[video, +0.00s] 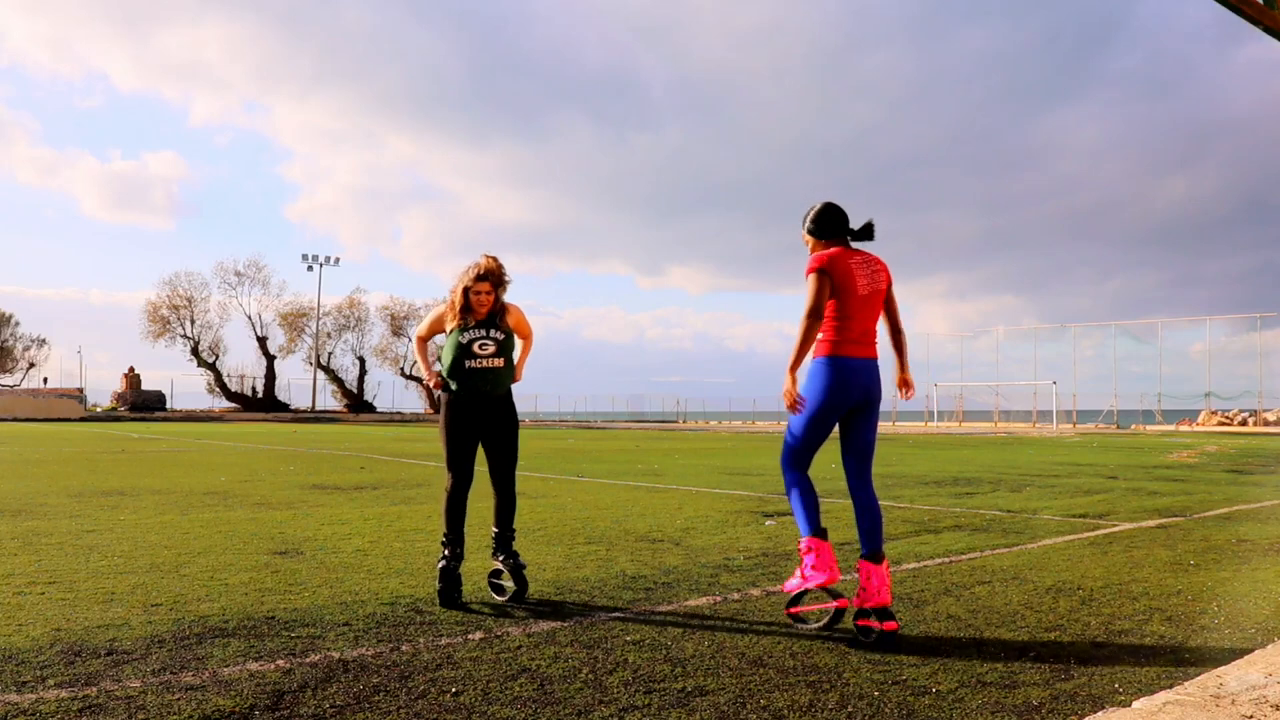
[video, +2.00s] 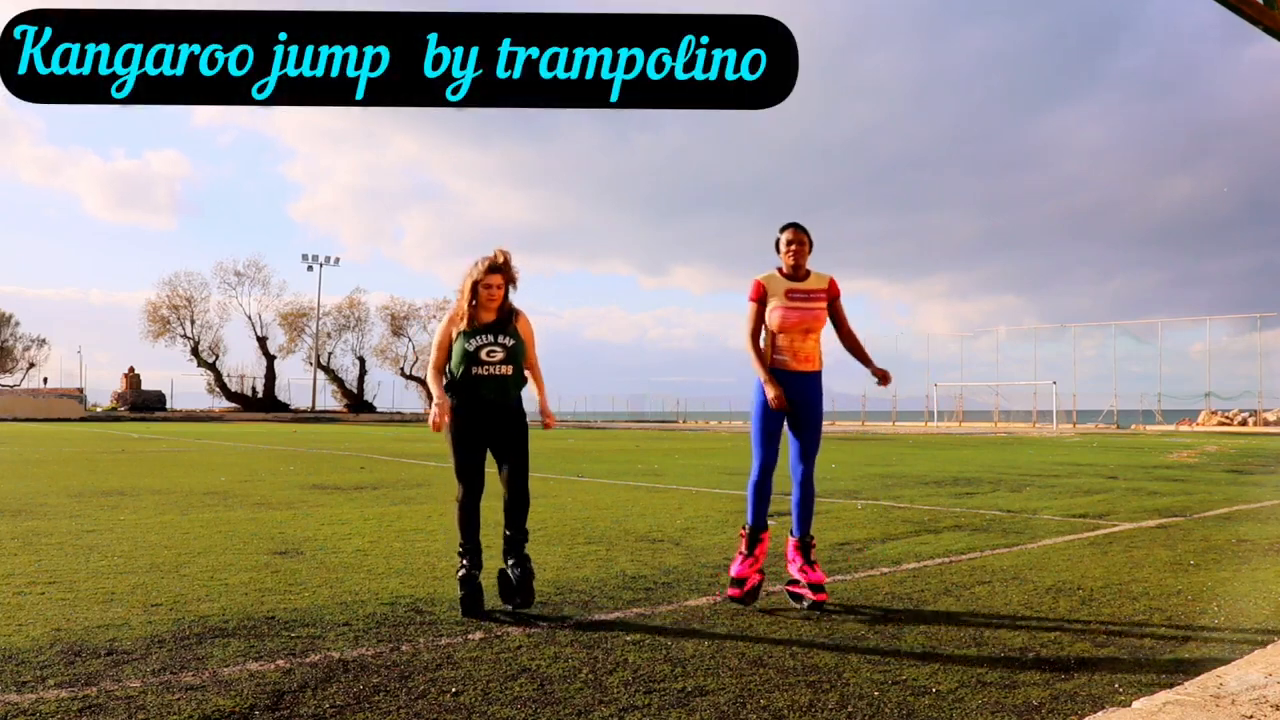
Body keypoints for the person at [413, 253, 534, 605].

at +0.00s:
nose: (483, 298)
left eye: (489, 292)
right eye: (477, 292)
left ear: (497, 292)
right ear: (465, 290)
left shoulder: (509, 314)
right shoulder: (448, 314)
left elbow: (526, 335)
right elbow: (420, 337)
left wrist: (519, 367)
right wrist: (427, 371)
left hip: (499, 404)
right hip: (459, 405)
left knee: (504, 482)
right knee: (458, 482)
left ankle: (504, 550)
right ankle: (451, 554)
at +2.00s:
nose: (493, 292)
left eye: (499, 286)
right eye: (487, 286)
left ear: (506, 289)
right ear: (474, 286)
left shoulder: (518, 321)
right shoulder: (455, 319)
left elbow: (531, 366)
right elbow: (435, 369)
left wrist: (543, 401)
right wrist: (439, 397)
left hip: (508, 415)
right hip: (466, 415)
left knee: (517, 489)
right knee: (469, 491)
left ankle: (516, 561)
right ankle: (469, 565)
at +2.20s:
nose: (504, 292)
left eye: (509, 286)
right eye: (497, 285)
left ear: (516, 288)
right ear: (484, 286)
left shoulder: (527, 321)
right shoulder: (463, 318)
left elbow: (545, 365)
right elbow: (436, 364)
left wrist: (563, 400)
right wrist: (436, 392)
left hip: (516, 414)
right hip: (473, 415)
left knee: (523, 489)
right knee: (473, 492)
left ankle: (526, 565)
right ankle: (472, 564)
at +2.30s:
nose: (514, 293)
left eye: (520, 287)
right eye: (507, 286)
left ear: (528, 288)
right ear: (494, 286)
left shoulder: (538, 323)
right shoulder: (473, 316)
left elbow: (554, 371)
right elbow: (446, 363)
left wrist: (572, 409)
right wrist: (434, 395)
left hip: (523, 418)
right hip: (479, 417)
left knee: (524, 495)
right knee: (479, 495)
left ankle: (528, 571)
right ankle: (473, 568)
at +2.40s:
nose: (521, 291)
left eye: (528, 285)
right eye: (514, 284)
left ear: (536, 286)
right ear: (500, 284)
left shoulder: (545, 323)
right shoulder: (478, 314)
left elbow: (558, 371)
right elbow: (453, 360)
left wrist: (573, 414)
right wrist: (437, 400)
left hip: (528, 415)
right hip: (483, 414)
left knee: (528, 493)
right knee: (481, 493)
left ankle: (531, 578)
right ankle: (475, 574)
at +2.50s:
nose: (528, 290)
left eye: (535, 284)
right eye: (522, 282)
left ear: (543, 285)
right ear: (507, 281)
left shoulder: (551, 320)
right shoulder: (483, 313)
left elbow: (561, 371)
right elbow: (458, 357)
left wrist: (570, 418)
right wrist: (446, 398)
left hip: (533, 414)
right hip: (486, 412)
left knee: (533, 491)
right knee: (488, 486)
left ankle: (533, 570)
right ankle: (483, 562)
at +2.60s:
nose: (530, 290)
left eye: (537, 283)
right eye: (523, 282)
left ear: (545, 285)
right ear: (509, 281)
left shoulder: (554, 320)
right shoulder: (483, 312)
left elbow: (561, 368)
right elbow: (463, 355)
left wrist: (567, 408)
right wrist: (450, 395)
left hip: (535, 412)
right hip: (488, 411)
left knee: (534, 491)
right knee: (493, 485)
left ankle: (534, 568)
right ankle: (489, 565)